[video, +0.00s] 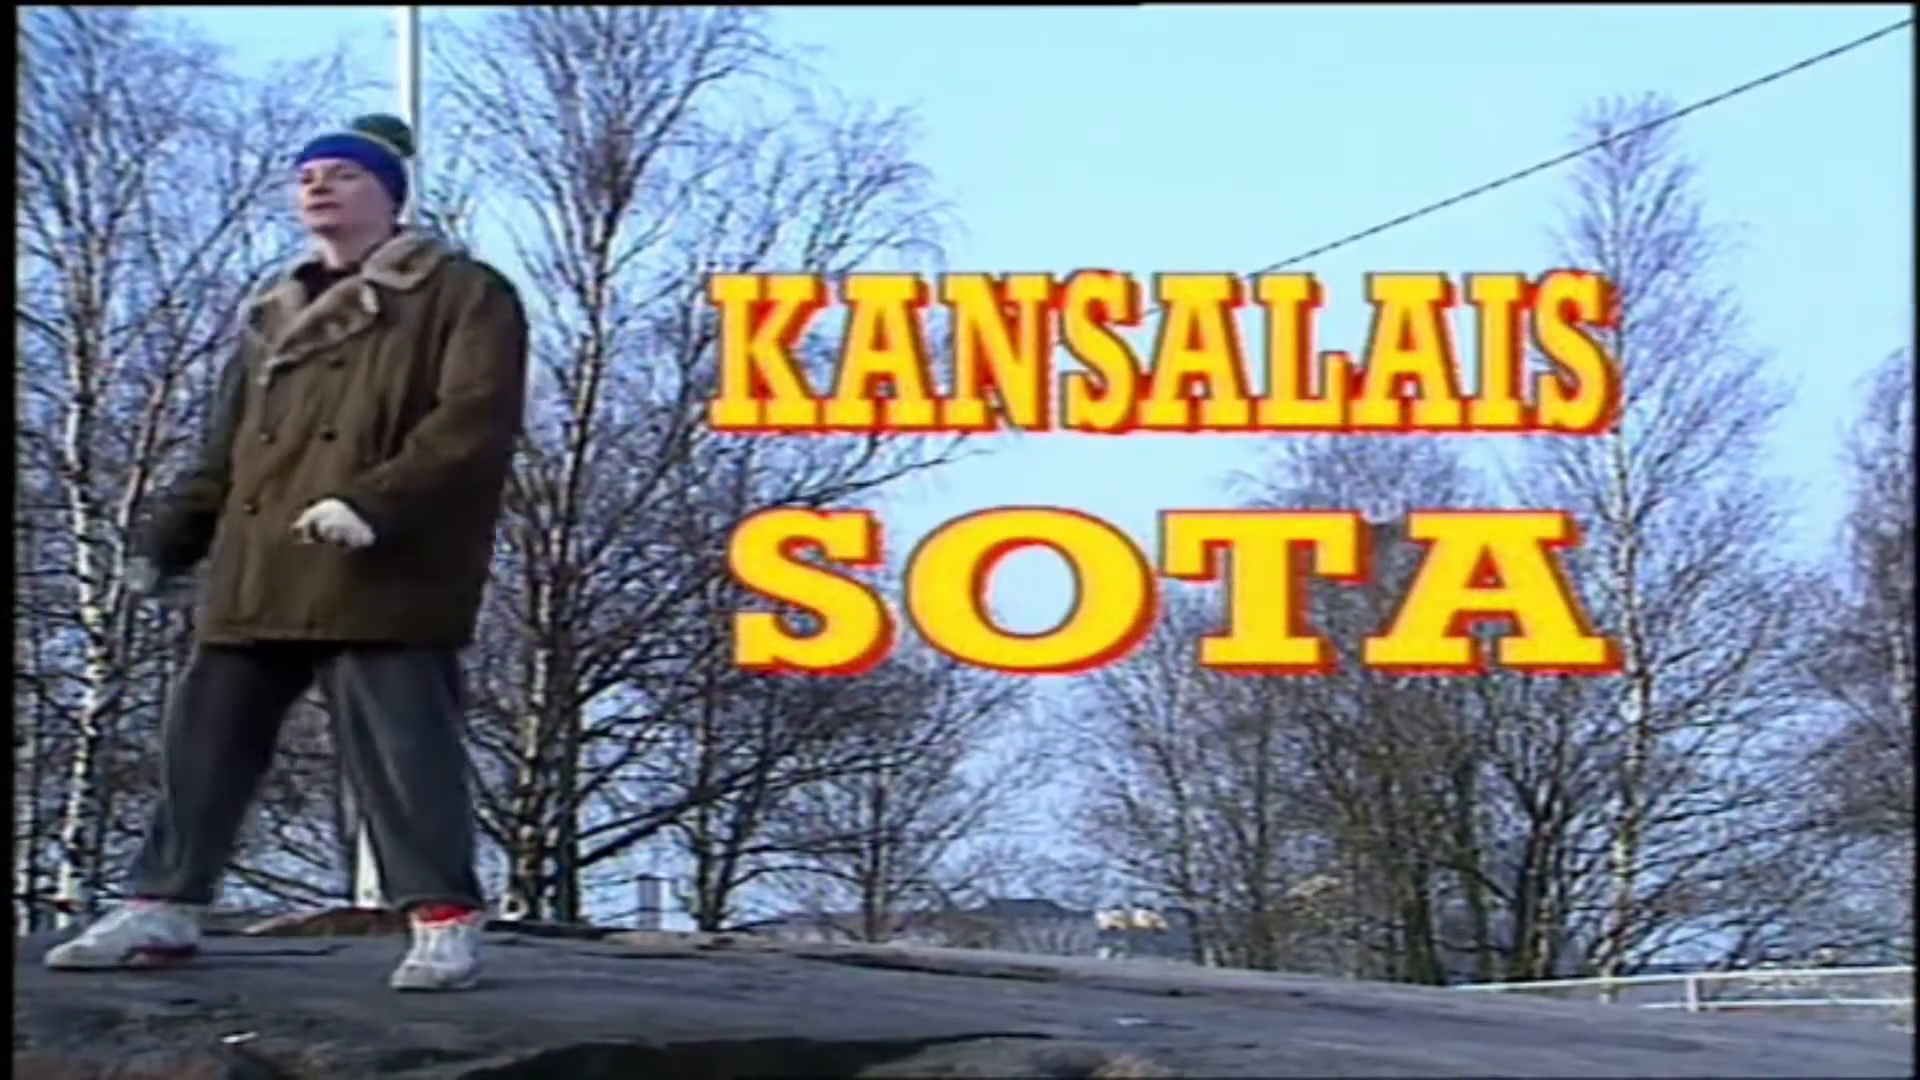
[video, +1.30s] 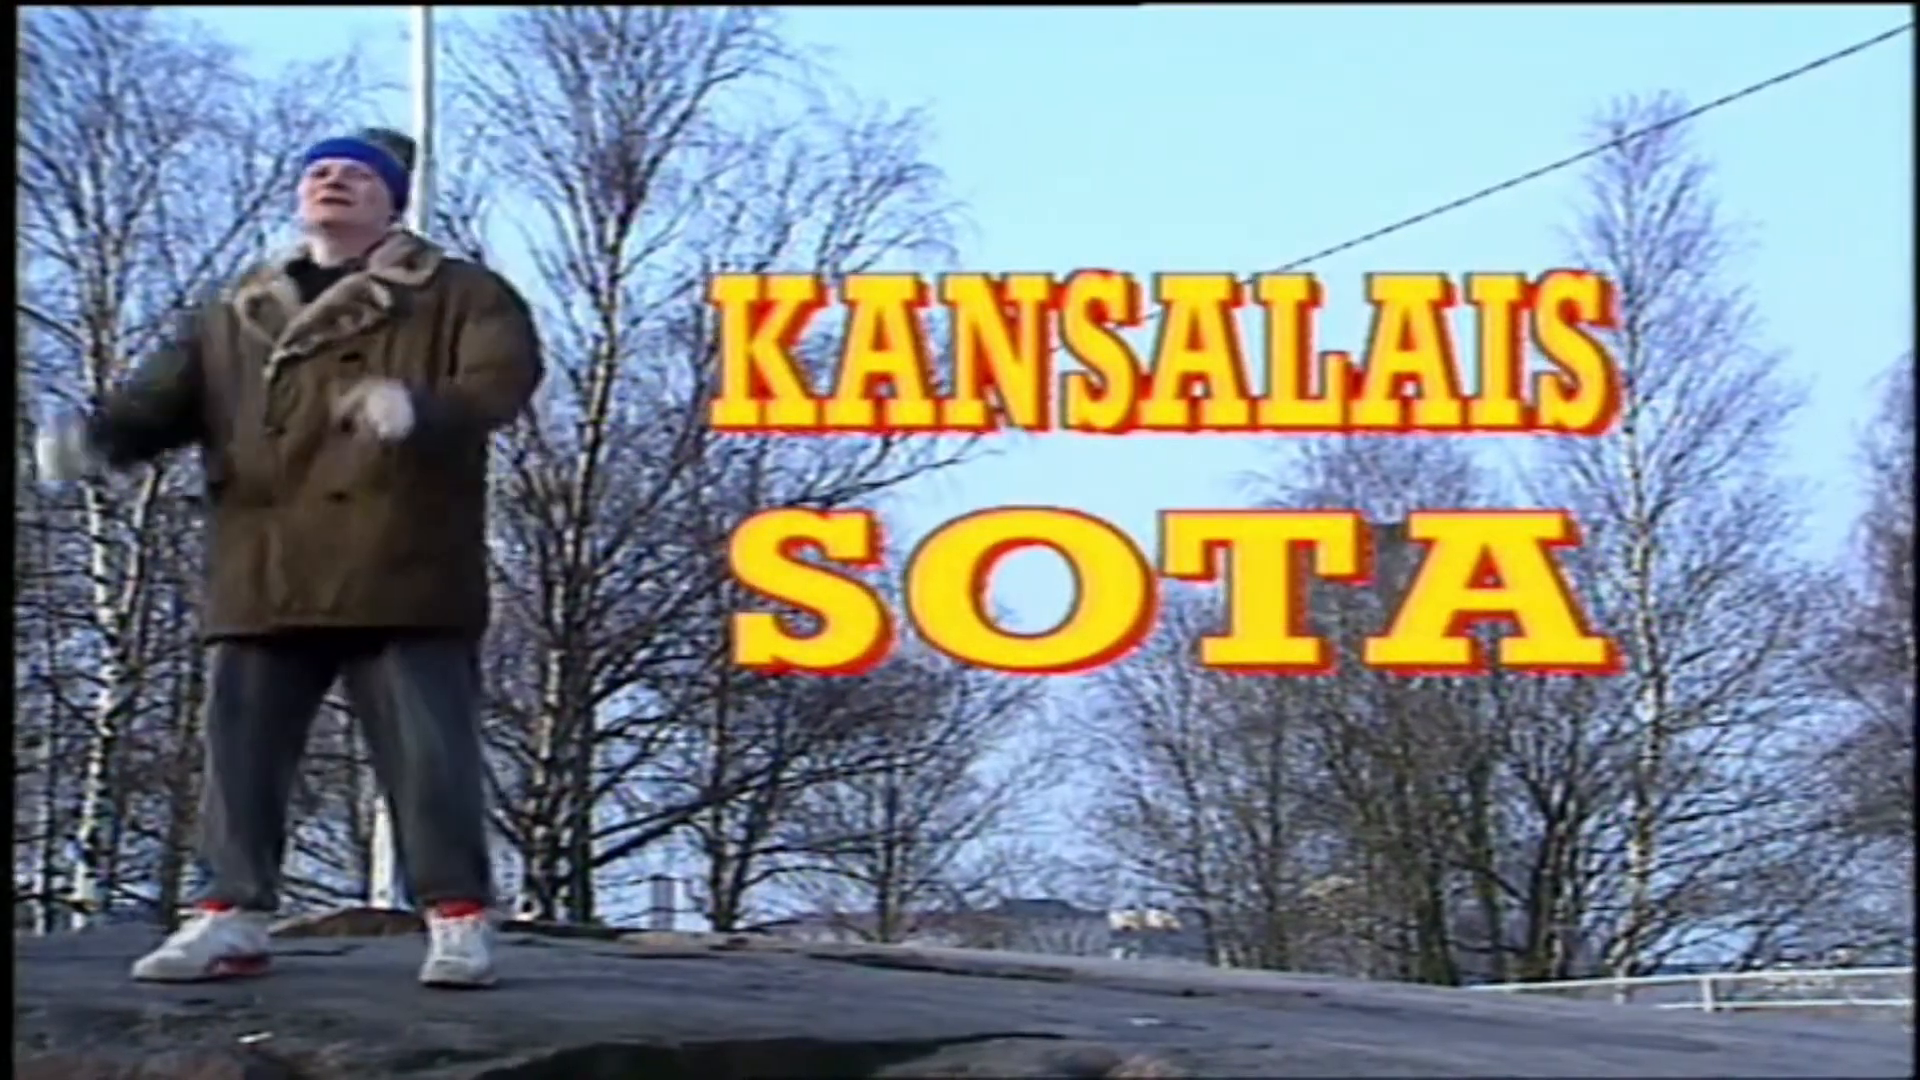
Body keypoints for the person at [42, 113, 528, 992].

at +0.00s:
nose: (315, 185)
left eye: (338, 173)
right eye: (306, 177)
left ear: (390, 192)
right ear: (298, 201)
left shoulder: (466, 292)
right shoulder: (275, 310)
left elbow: (474, 432)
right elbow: (229, 447)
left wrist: (374, 504)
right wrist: (172, 529)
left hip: (383, 565)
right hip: (261, 564)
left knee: (404, 737)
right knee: (208, 723)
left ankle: (445, 918)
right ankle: (164, 906)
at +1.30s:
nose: (328, 183)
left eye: (352, 174)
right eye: (316, 174)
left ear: (394, 202)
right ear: (296, 202)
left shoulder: (459, 292)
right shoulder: (239, 310)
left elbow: (506, 377)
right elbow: (163, 397)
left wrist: (424, 407)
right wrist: (96, 436)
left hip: (408, 576)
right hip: (270, 577)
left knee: (428, 747)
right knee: (240, 735)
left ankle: (457, 915)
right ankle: (235, 914)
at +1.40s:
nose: (328, 184)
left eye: (351, 175)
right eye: (316, 175)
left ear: (392, 202)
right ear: (294, 202)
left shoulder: (446, 281)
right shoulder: (243, 301)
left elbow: (508, 352)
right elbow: (160, 362)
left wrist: (422, 322)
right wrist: (99, 348)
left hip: (407, 555)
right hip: (267, 559)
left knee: (419, 740)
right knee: (240, 729)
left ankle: (443, 916)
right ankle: (237, 914)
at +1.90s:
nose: (361, 179)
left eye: (384, 173)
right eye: (347, 172)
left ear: (425, 204)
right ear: (327, 203)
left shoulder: (472, 274)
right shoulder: (276, 283)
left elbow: (515, 338)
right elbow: (201, 382)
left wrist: (396, 285)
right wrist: (201, 361)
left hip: (425, 544)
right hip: (285, 546)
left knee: (434, 738)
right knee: (266, 730)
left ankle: (450, 917)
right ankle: (268, 912)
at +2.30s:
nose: (309, 175)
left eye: (333, 165)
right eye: (297, 168)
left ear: (385, 195)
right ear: (279, 199)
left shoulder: (446, 273)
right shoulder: (236, 284)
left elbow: (447, 372)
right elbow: (141, 359)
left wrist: (336, 383)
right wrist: (116, 306)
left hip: (396, 558)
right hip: (255, 560)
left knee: (412, 742)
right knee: (257, 744)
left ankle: (440, 914)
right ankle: (274, 917)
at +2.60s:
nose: (332, 175)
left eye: (356, 166)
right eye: (321, 167)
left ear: (407, 194)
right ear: (303, 195)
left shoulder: (461, 275)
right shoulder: (255, 275)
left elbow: (446, 353)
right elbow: (198, 383)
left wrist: (308, 314)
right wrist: (162, 366)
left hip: (394, 554)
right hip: (259, 552)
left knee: (406, 744)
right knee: (265, 744)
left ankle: (436, 919)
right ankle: (279, 917)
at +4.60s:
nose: (367, 178)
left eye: (393, 169)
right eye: (362, 174)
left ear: (444, 208)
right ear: (347, 210)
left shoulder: (494, 282)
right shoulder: (292, 283)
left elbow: (490, 383)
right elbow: (165, 337)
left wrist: (379, 405)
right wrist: (163, 249)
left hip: (424, 561)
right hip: (294, 561)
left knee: (433, 742)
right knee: (293, 738)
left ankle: (458, 921)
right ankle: (302, 918)